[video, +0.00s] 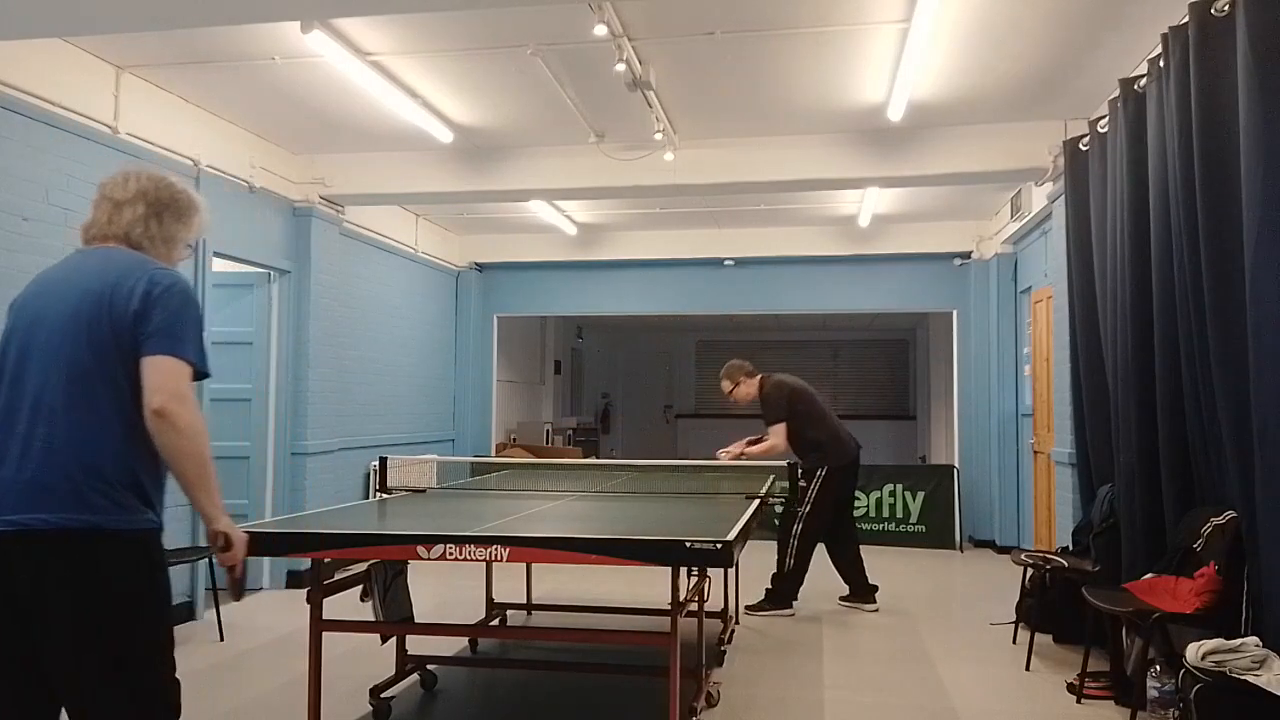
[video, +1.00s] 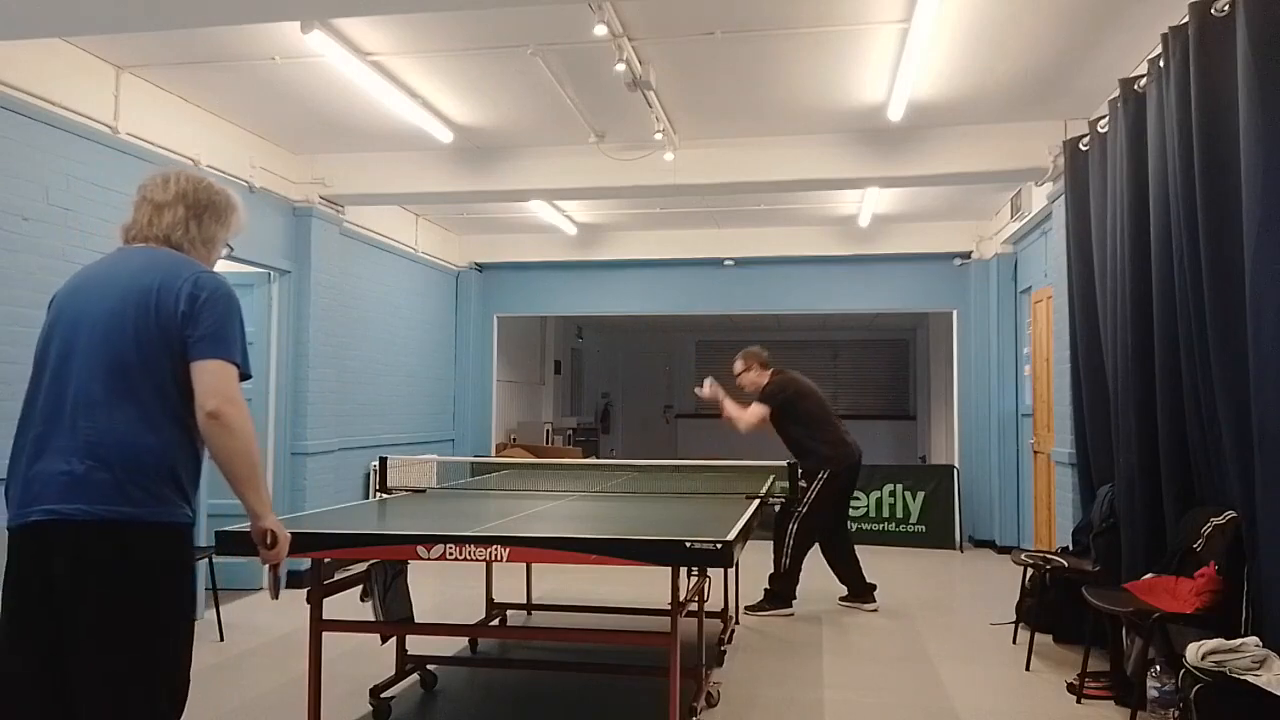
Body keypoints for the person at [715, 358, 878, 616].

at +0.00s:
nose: (734, 400)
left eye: (732, 394)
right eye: (730, 396)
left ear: (744, 381)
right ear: (746, 379)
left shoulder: (772, 390)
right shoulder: (777, 384)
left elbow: (778, 445)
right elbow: (781, 435)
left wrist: (741, 453)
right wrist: (750, 442)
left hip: (827, 461)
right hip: (842, 455)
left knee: (796, 526)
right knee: (837, 527)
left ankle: (781, 598)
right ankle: (862, 592)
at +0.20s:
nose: (719, 418)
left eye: (716, 411)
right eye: (714, 414)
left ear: (728, 398)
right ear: (729, 397)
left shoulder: (757, 402)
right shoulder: (760, 396)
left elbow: (762, 452)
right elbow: (773, 445)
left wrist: (726, 461)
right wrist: (742, 450)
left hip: (823, 459)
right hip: (837, 454)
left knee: (790, 522)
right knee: (835, 526)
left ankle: (780, 598)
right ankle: (862, 591)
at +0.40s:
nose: (714, 422)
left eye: (712, 416)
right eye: (710, 418)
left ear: (725, 403)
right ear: (726, 402)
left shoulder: (752, 406)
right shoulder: (756, 400)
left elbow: (757, 456)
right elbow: (771, 449)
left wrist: (722, 463)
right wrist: (738, 452)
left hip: (822, 460)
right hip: (837, 454)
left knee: (786, 521)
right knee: (835, 526)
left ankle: (779, 598)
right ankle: (862, 591)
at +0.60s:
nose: (716, 421)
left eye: (713, 415)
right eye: (712, 417)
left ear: (726, 403)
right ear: (728, 401)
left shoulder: (754, 406)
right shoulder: (759, 400)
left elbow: (758, 456)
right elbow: (775, 450)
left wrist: (723, 463)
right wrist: (740, 452)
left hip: (824, 459)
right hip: (838, 454)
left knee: (788, 520)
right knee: (835, 525)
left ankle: (780, 598)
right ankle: (862, 591)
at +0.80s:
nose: (721, 416)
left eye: (719, 409)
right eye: (717, 411)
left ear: (731, 397)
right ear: (734, 396)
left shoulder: (761, 404)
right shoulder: (767, 398)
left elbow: (759, 454)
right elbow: (779, 449)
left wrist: (725, 463)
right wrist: (745, 451)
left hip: (827, 460)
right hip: (841, 455)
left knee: (789, 521)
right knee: (834, 527)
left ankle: (780, 597)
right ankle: (861, 591)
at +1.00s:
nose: (738, 382)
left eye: (740, 375)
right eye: (736, 377)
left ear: (756, 369)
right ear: (758, 369)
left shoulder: (778, 386)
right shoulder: (786, 381)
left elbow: (745, 422)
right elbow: (753, 421)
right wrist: (734, 411)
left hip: (830, 464)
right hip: (843, 459)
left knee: (791, 522)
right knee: (832, 529)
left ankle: (780, 597)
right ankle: (861, 591)